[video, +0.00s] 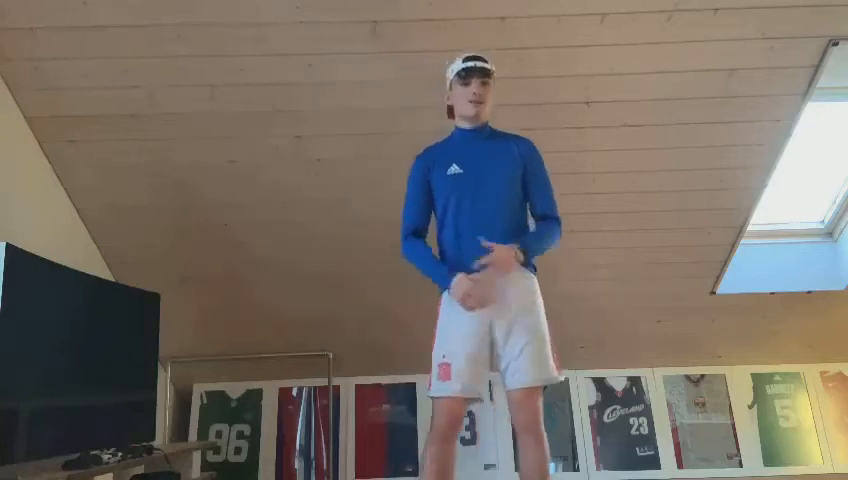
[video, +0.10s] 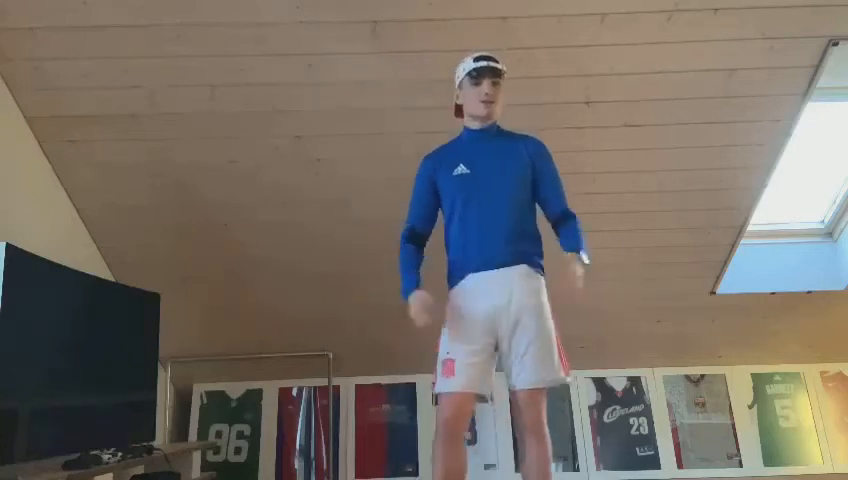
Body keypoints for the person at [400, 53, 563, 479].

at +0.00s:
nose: (476, 90)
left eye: (483, 83)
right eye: (466, 83)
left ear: (492, 92)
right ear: (449, 95)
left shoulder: (521, 150)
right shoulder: (431, 159)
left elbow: (550, 225)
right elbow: (411, 239)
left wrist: (519, 252)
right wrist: (451, 280)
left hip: (517, 293)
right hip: (462, 296)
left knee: (528, 416)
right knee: (446, 421)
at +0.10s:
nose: (488, 90)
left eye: (494, 82)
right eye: (476, 82)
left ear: (502, 92)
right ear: (459, 95)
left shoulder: (530, 150)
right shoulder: (438, 162)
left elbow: (561, 214)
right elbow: (414, 236)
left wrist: (576, 252)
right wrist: (412, 288)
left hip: (524, 291)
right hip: (467, 296)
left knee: (533, 415)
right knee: (452, 418)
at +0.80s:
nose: (496, 88)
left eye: (505, 82)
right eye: (487, 81)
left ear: (515, 92)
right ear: (472, 92)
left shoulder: (544, 149)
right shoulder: (449, 159)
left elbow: (562, 225)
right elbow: (432, 232)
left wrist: (520, 255)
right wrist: (437, 287)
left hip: (527, 289)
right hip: (468, 292)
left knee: (533, 416)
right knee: (458, 421)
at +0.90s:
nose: (495, 88)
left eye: (504, 82)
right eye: (485, 81)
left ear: (513, 92)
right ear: (470, 92)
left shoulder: (541, 147)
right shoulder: (447, 158)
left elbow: (550, 221)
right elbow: (439, 236)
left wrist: (479, 242)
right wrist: (482, 283)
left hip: (522, 282)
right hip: (465, 288)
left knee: (532, 414)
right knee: (455, 417)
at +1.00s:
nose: (492, 88)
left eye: (501, 82)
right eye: (482, 81)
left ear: (510, 92)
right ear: (467, 92)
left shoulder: (537, 145)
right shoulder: (443, 158)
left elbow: (543, 219)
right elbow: (437, 234)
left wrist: (469, 231)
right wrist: (498, 263)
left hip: (521, 284)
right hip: (465, 284)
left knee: (529, 413)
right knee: (451, 414)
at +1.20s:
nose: (478, 88)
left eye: (486, 81)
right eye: (468, 81)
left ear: (498, 91)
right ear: (455, 92)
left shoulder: (527, 146)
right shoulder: (434, 161)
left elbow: (542, 221)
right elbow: (424, 237)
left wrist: (472, 238)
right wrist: (475, 266)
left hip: (509, 286)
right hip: (452, 290)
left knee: (522, 413)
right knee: (447, 418)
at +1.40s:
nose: (461, 90)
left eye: (470, 82)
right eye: (451, 83)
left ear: (483, 91)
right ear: (439, 94)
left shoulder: (511, 147)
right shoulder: (418, 161)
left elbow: (529, 219)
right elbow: (409, 236)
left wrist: (459, 236)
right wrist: (462, 264)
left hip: (495, 287)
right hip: (438, 292)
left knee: (513, 414)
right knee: (439, 422)